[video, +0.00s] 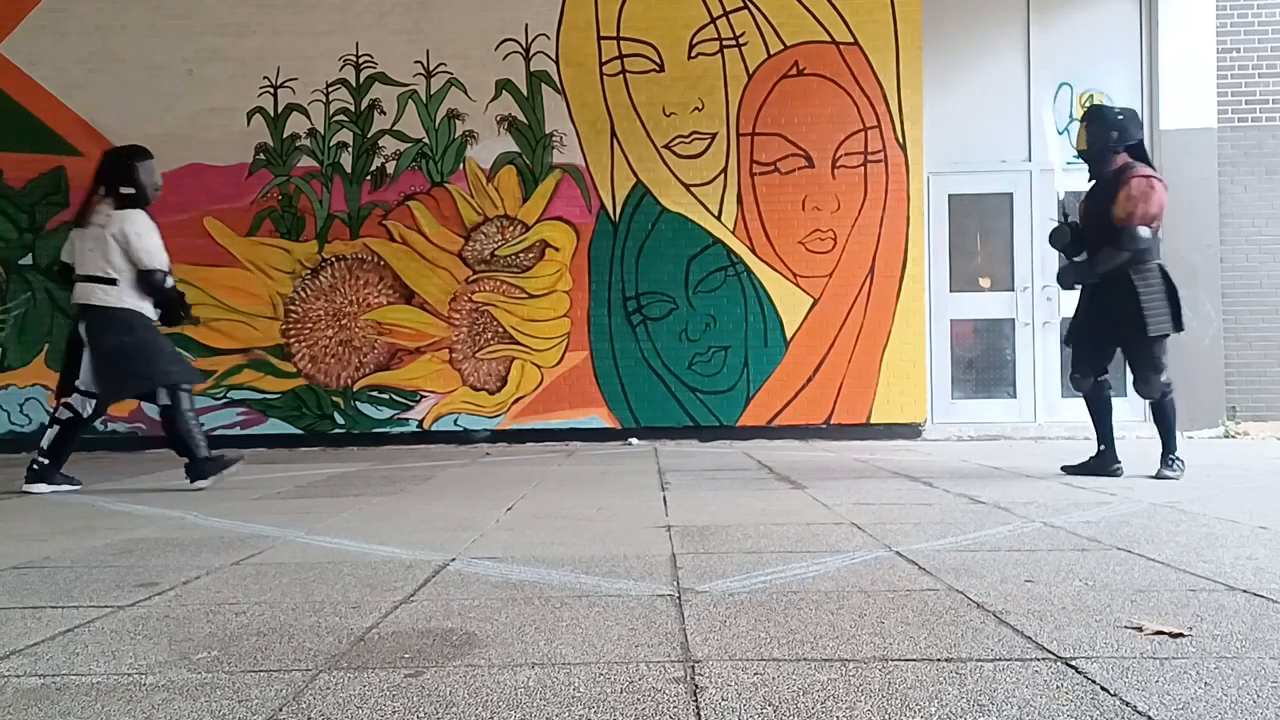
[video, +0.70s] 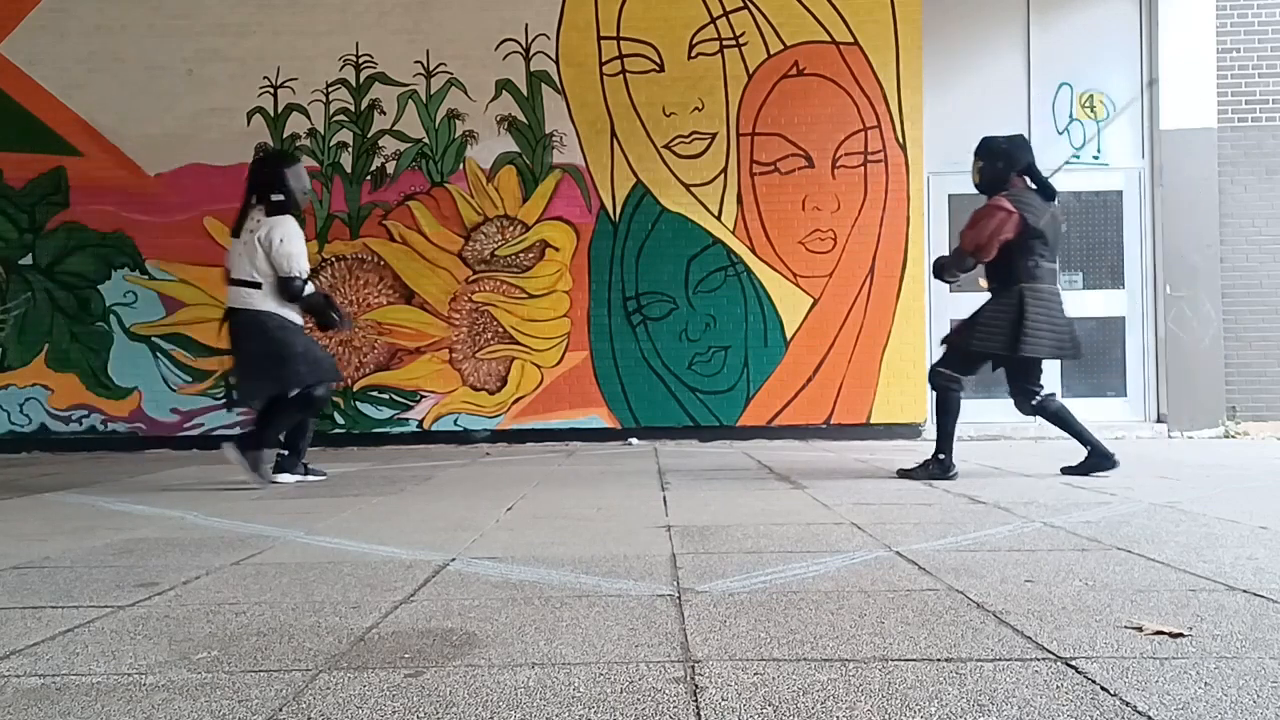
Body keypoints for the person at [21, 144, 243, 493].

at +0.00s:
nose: (159, 182)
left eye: (156, 173)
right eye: (152, 174)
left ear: (111, 179)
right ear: (134, 179)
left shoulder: (89, 216)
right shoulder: (134, 218)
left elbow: (66, 269)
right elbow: (154, 278)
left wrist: (105, 282)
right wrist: (174, 305)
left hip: (91, 322)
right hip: (125, 323)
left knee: (85, 397)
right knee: (173, 380)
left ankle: (43, 470)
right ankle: (200, 460)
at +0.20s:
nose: (204, 183)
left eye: (202, 175)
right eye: (198, 176)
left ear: (155, 181)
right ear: (183, 181)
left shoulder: (136, 219)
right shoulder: (185, 222)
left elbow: (110, 268)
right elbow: (202, 281)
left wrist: (150, 282)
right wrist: (218, 303)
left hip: (139, 324)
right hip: (174, 325)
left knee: (130, 404)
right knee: (232, 383)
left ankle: (69, 459)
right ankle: (216, 468)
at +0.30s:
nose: (228, 181)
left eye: (226, 173)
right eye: (223, 173)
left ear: (178, 178)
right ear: (209, 178)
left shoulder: (161, 215)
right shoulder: (209, 219)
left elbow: (131, 267)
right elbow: (227, 278)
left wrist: (167, 280)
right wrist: (246, 298)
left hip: (158, 320)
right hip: (193, 321)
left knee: (182, 400)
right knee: (242, 386)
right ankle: (217, 469)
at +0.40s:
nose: (252, 178)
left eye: (250, 170)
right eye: (246, 170)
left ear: (202, 175)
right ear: (232, 176)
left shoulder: (182, 212)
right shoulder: (231, 217)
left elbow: (152, 267)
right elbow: (248, 282)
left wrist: (189, 275)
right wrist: (264, 287)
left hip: (179, 313)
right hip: (211, 315)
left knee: (233, 386)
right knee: (255, 387)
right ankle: (217, 470)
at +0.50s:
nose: (273, 185)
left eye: (272, 177)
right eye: (268, 177)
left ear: (225, 177)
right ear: (253, 178)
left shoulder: (204, 212)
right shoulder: (255, 218)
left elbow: (173, 264)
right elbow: (268, 282)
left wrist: (209, 277)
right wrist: (282, 283)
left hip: (199, 312)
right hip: (232, 315)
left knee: (265, 376)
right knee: (255, 392)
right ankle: (218, 468)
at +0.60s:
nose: (291, 182)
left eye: (289, 174)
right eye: (285, 175)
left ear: (244, 179)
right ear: (271, 180)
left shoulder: (224, 216)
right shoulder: (272, 221)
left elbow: (198, 267)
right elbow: (282, 282)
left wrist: (234, 283)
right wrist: (306, 294)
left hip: (221, 319)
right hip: (253, 322)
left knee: (292, 382)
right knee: (275, 395)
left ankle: (289, 461)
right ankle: (221, 464)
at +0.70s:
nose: (307, 186)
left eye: (304, 177)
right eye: (300, 177)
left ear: (265, 185)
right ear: (283, 183)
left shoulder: (250, 220)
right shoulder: (283, 225)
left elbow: (254, 280)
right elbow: (292, 287)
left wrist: (313, 300)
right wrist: (321, 303)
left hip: (243, 319)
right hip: (268, 321)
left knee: (296, 385)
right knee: (320, 381)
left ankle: (291, 463)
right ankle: (252, 445)